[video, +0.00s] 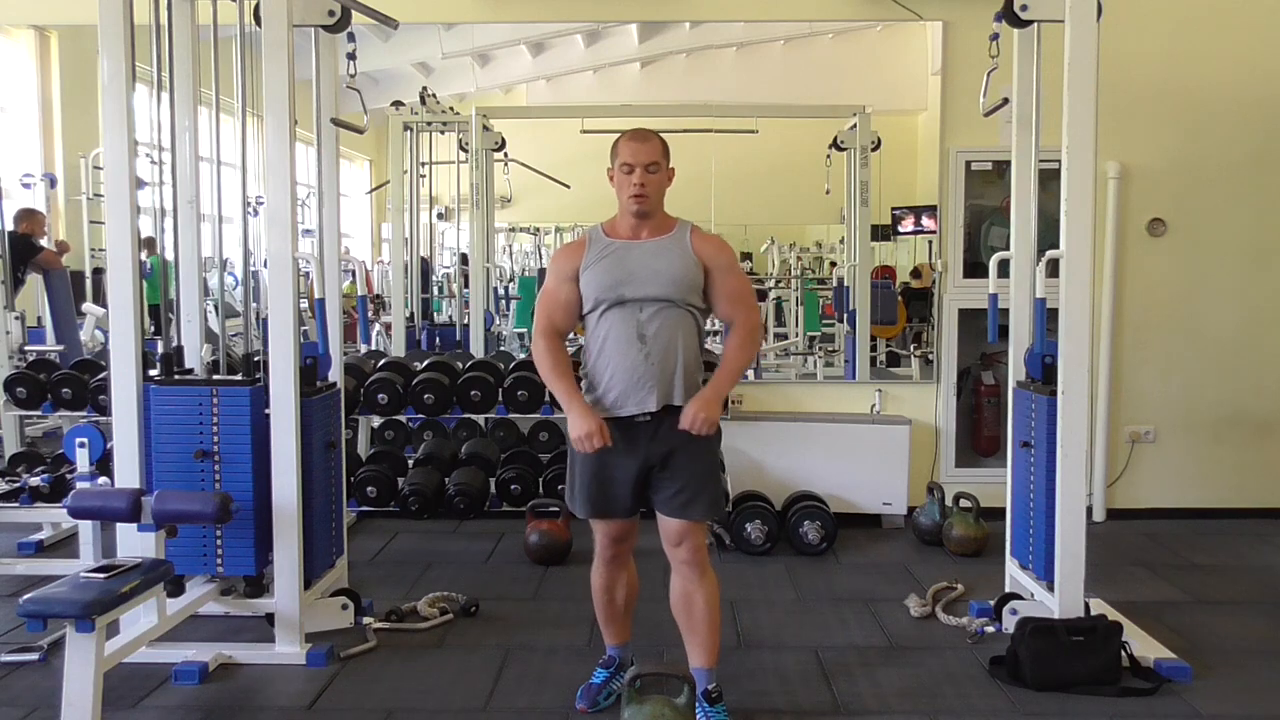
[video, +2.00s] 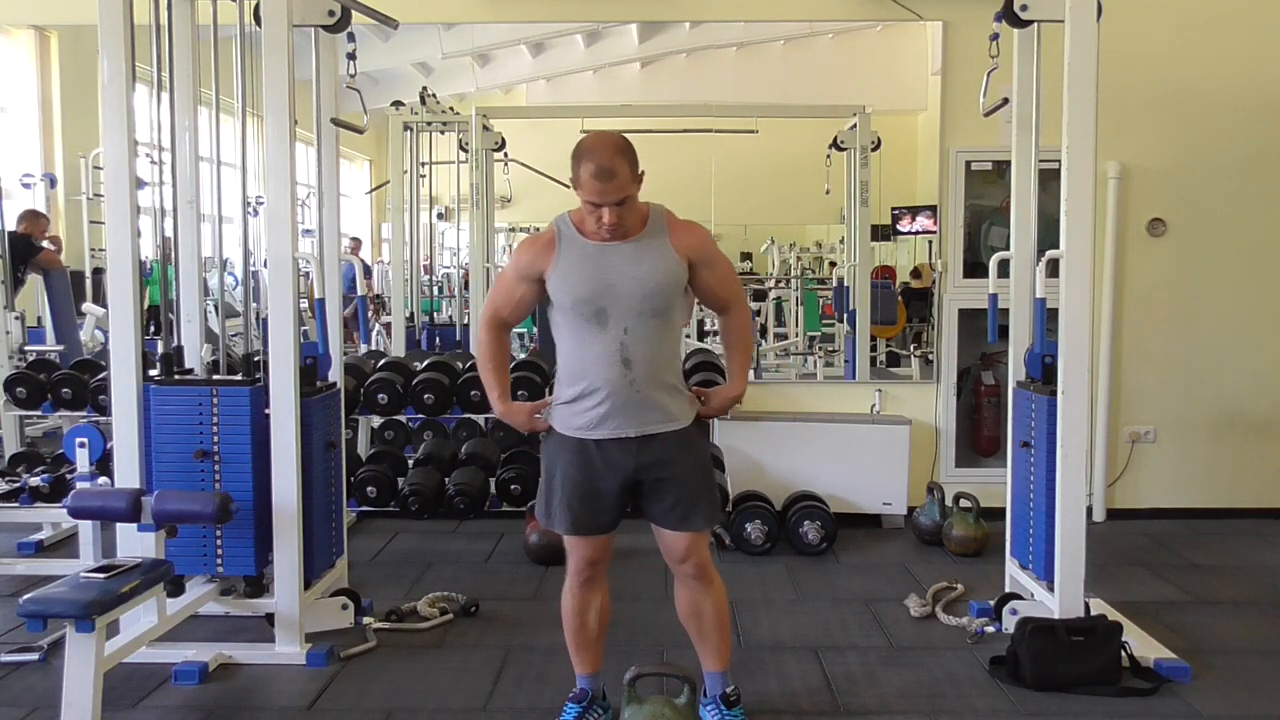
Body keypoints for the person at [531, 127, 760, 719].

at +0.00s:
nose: (637, 179)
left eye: (650, 169)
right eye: (626, 169)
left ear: (669, 176)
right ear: (611, 176)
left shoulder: (704, 248)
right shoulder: (576, 256)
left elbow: (746, 325)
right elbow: (546, 337)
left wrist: (715, 393)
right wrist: (576, 407)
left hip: (684, 424)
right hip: (604, 427)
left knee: (687, 550)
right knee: (611, 547)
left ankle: (705, 689)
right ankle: (615, 660)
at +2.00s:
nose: (606, 217)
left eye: (618, 203)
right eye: (592, 205)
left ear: (640, 181)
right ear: (572, 188)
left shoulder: (685, 242)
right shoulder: (543, 252)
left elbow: (734, 307)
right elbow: (493, 322)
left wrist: (734, 385)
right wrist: (503, 405)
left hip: (671, 436)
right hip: (580, 441)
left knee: (693, 562)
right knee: (583, 570)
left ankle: (718, 697)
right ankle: (586, 695)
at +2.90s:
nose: (680, 262)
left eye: (695, 248)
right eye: (668, 247)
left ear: (719, 227)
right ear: (648, 224)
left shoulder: (749, 273)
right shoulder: (604, 271)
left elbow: (761, 365)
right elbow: (564, 364)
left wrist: (731, 448)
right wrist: (580, 456)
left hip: (711, 438)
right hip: (624, 436)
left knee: (715, 560)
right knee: (610, 561)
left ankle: (718, 699)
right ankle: (593, 696)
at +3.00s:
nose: (676, 312)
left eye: (688, 300)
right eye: (665, 299)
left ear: (711, 272)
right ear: (641, 272)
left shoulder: (745, 296)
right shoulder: (597, 307)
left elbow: (752, 386)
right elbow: (565, 412)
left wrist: (718, 457)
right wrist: (596, 505)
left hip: (705, 441)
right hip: (618, 437)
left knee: (715, 560)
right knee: (605, 558)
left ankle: (718, 699)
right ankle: (592, 696)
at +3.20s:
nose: (677, 406)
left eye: (688, 395)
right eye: (664, 397)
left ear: (710, 360)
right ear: (637, 363)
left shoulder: (744, 345)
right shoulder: (599, 385)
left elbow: (750, 401)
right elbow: (593, 504)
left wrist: (713, 463)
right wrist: (617, 600)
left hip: (702, 456)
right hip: (621, 455)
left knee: (715, 563)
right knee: (594, 568)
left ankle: (719, 697)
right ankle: (593, 695)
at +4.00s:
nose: (713, 364)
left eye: (727, 352)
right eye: (702, 351)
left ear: (746, 326)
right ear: (679, 324)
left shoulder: (773, 336)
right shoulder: (632, 367)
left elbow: (776, 403)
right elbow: (607, 472)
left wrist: (737, 465)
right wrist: (648, 555)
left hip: (717, 454)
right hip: (635, 454)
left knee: (727, 566)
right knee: (608, 564)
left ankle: (719, 699)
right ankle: (593, 696)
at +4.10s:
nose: (715, 316)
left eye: (729, 301)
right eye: (704, 299)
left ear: (749, 284)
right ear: (680, 278)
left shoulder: (774, 317)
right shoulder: (632, 331)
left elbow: (780, 398)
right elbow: (598, 430)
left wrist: (740, 468)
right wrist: (645, 508)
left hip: (719, 448)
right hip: (634, 445)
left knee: (728, 563)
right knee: (611, 560)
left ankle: (720, 700)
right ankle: (594, 694)